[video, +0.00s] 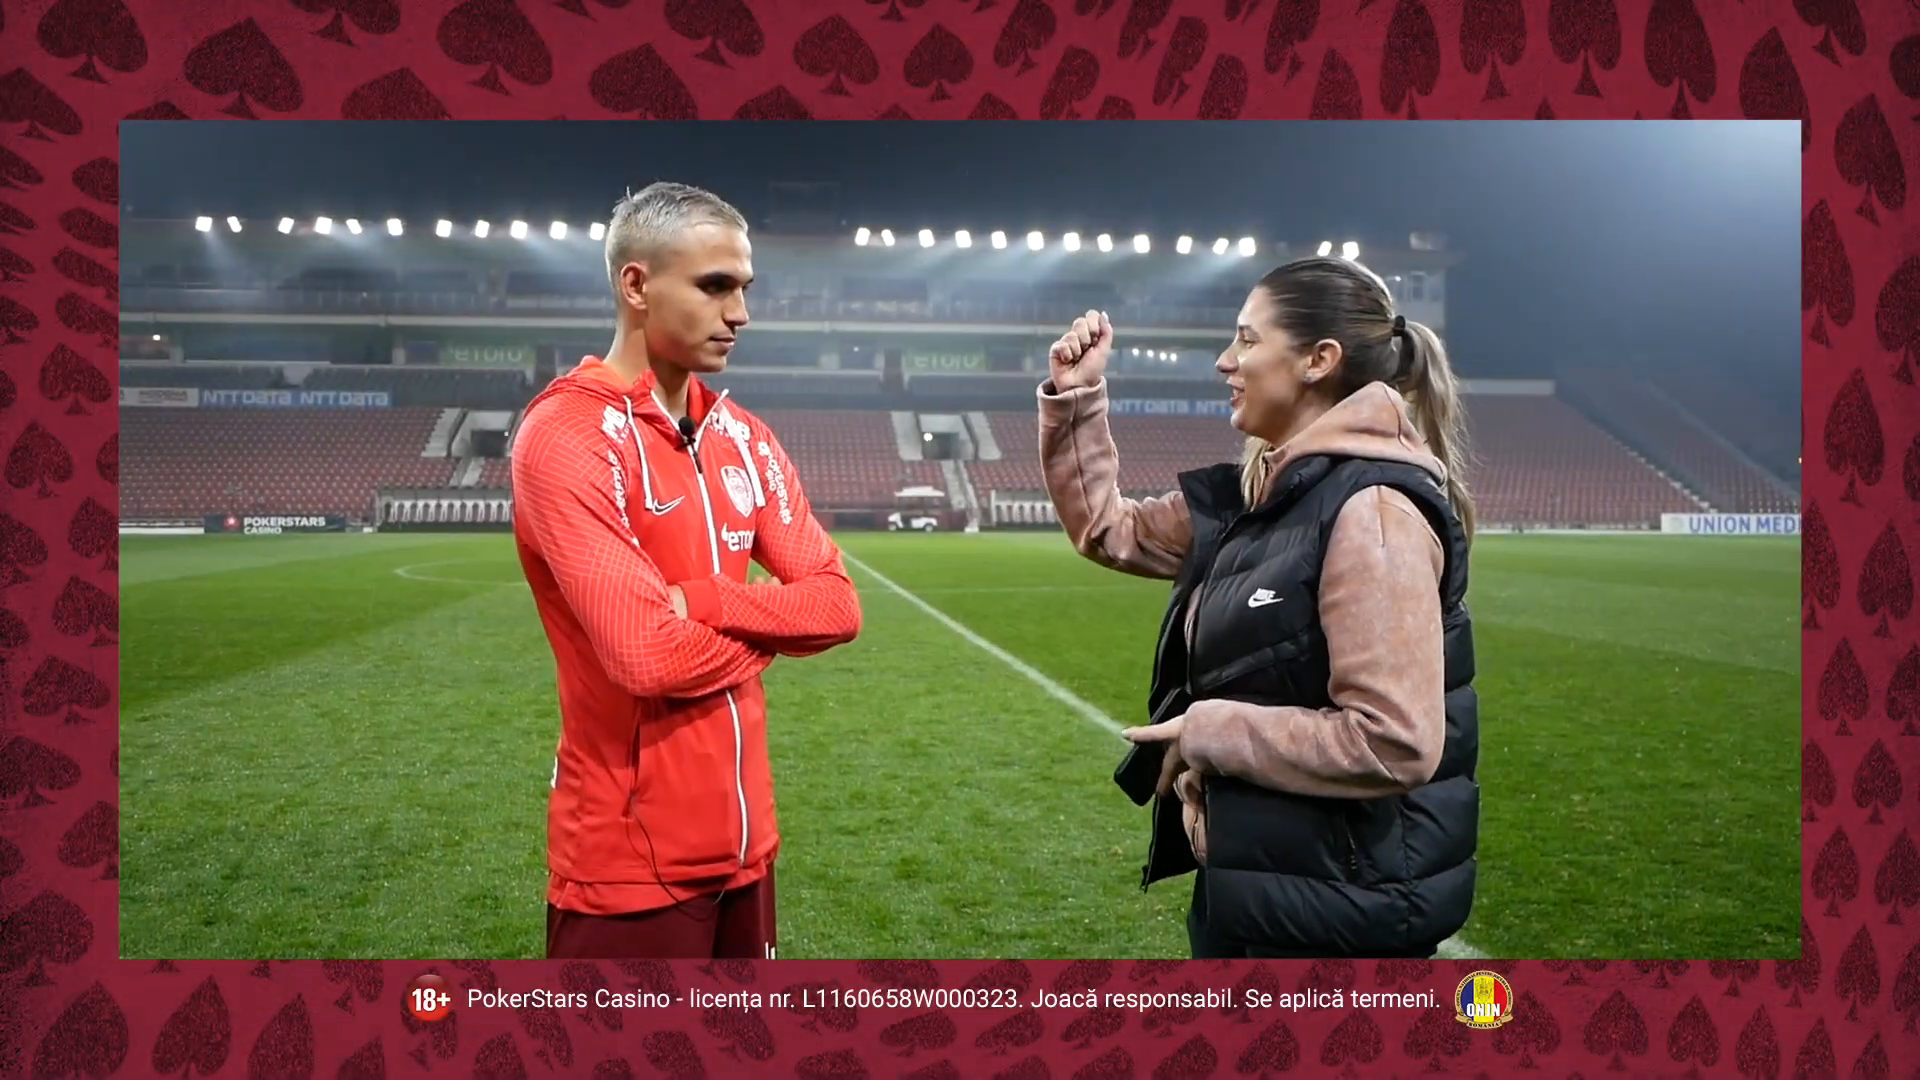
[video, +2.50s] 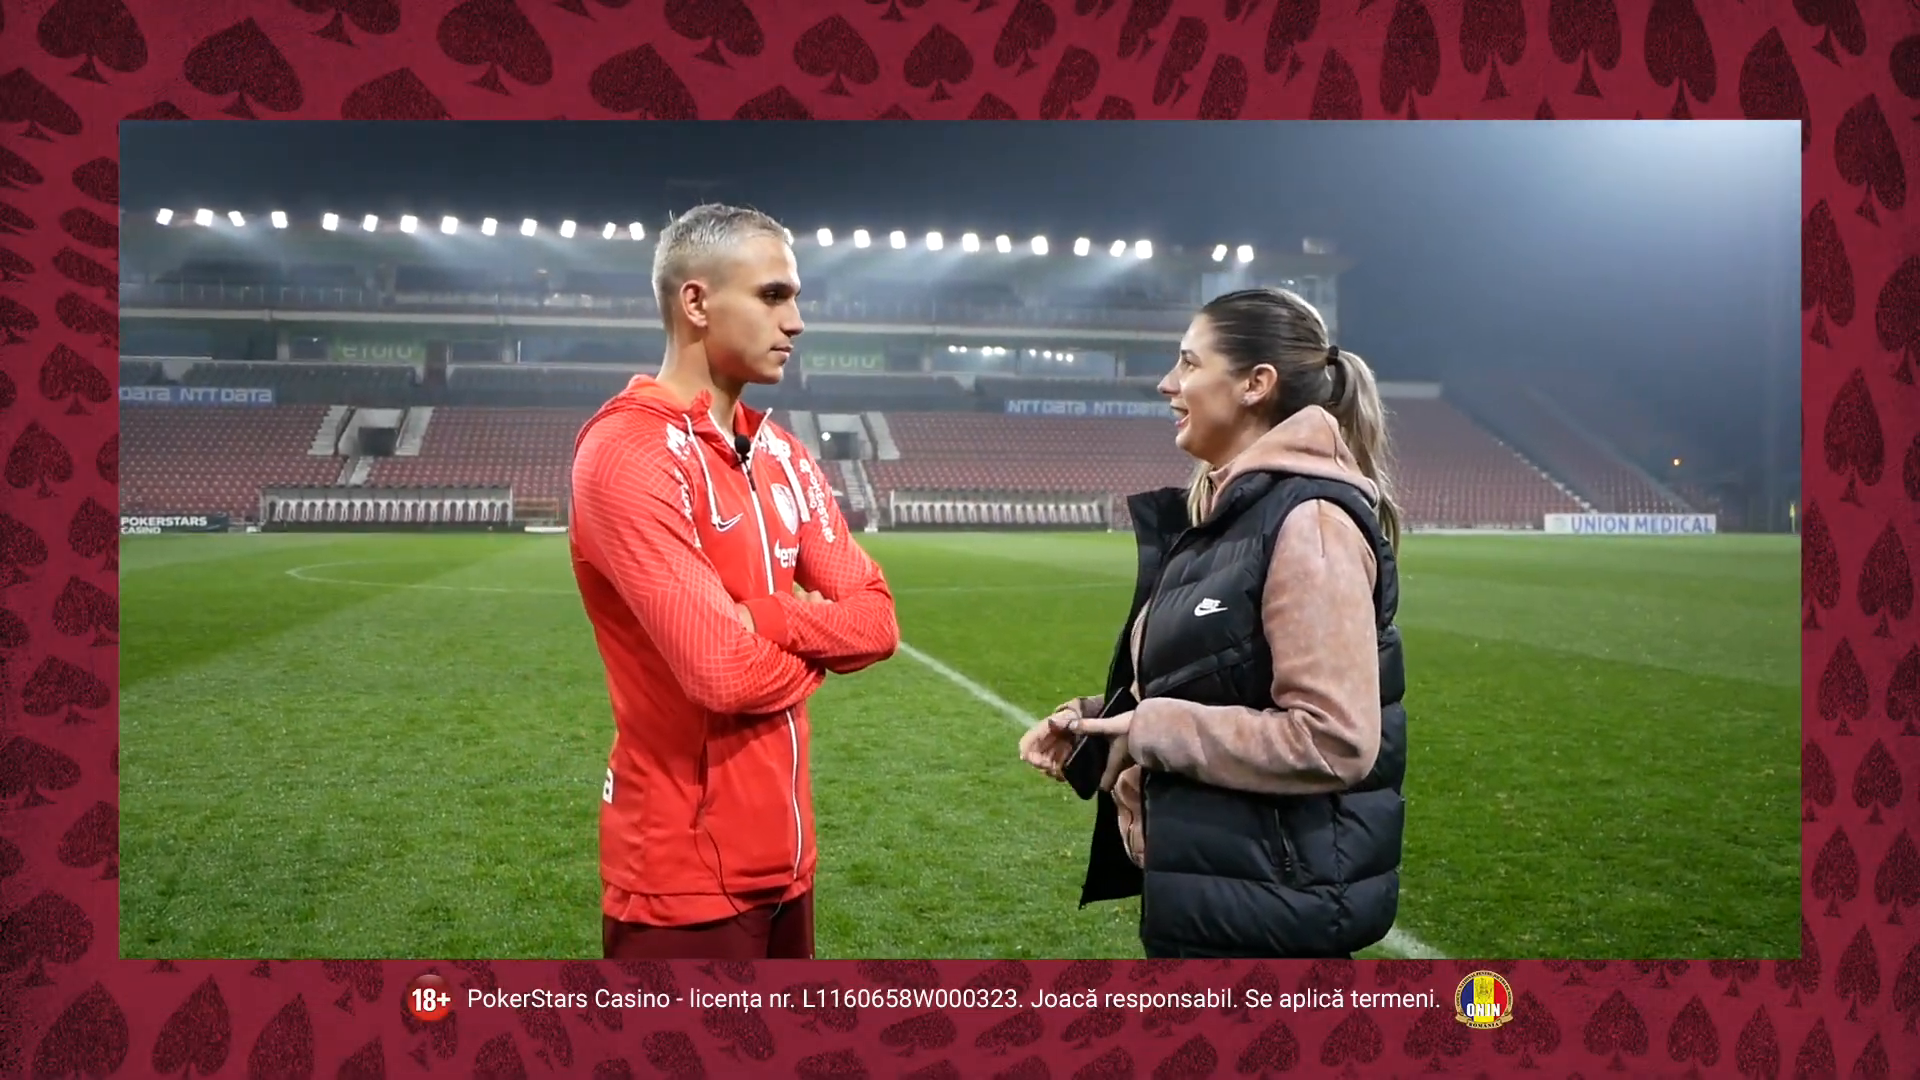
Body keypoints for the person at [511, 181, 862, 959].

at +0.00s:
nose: (740, 314)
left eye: (744, 290)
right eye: (715, 286)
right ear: (635, 285)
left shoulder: (744, 436)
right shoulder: (562, 438)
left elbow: (837, 607)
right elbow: (646, 659)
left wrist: (695, 600)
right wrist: (769, 627)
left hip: (741, 839)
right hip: (628, 853)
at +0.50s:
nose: (778, 333)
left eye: (778, 310)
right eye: (759, 304)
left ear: (690, 300)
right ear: (683, 296)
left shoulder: (710, 434)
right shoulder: (605, 431)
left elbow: (734, 621)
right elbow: (832, 531)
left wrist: (786, 680)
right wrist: (845, 343)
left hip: (735, 856)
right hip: (645, 870)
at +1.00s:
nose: (771, 314)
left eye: (772, 293)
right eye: (750, 287)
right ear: (671, 291)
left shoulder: (731, 442)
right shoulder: (608, 435)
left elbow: (761, 607)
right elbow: (745, 610)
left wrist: (810, 660)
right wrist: (882, 503)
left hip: (752, 847)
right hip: (659, 860)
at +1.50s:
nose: (779, 317)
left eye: (779, 295)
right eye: (754, 292)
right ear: (676, 296)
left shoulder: (784, 442)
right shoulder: (594, 445)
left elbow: (882, 589)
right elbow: (688, 647)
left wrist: (729, 592)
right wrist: (801, 627)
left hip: (768, 841)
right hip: (653, 850)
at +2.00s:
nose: (774, 313)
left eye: (772, 290)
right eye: (749, 288)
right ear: (671, 293)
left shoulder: (765, 444)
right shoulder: (596, 446)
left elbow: (858, 612)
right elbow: (691, 662)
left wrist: (724, 602)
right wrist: (796, 627)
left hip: (760, 844)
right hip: (654, 855)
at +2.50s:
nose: (796, 321)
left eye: (794, 298)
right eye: (772, 296)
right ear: (695, 303)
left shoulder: (784, 454)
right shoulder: (624, 456)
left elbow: (876, 622)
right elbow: (723, 676)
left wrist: (751, 615)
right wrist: (822, 644)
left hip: (781, 852)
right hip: (682, 865)